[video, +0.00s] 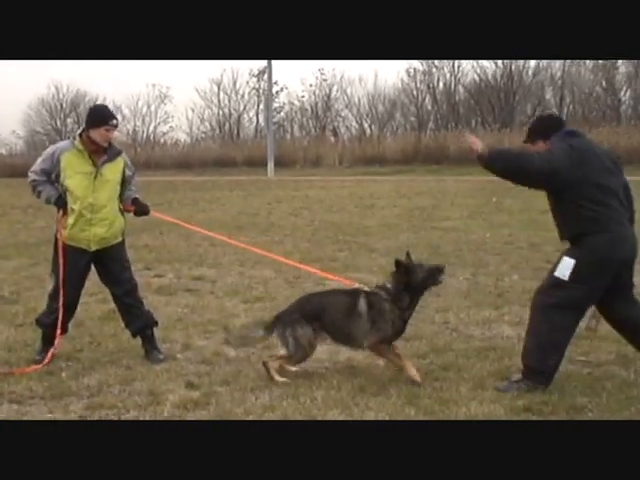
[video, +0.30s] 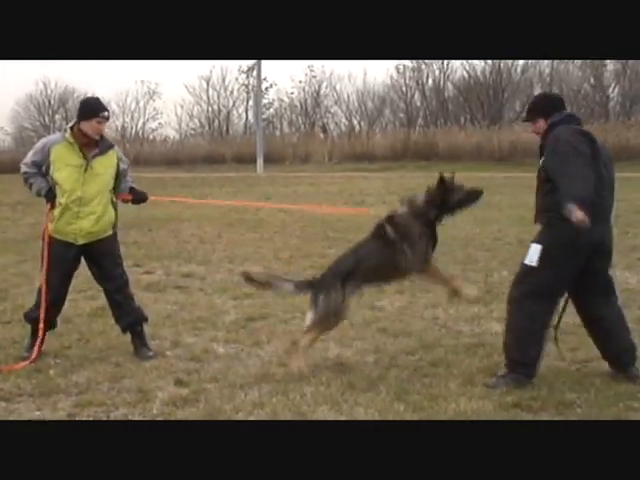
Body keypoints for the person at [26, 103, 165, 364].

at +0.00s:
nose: (111, 134)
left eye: (113, 129)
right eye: (107, 129)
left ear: (112, 130)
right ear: (90, 128)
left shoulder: (118, 157)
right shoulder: (61, 152)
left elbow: (128, 186)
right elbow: (37, 178)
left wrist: (132, 202)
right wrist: (56, 197)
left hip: (110, 238)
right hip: (73, 239)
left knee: (127, 291)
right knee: (65, 295)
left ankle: (149, 342)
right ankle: (48, 344)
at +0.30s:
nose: (103, 127)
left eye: (105, 122)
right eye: (99, 121)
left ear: (104, 123)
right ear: (82, 121)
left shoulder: (111, 151)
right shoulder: (52, 146)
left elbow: (121, 183)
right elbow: (29, 169)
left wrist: (130, 193)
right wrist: (45, 189)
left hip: (101, 233)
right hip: (63, 234)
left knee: (118, 286)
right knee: (52, 291)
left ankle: (139, 339)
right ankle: (35, 340)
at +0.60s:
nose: (90, 123)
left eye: (91, 118)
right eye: (85, 117)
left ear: (87, 119)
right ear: (68, 117)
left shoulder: (92, 147)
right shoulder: (39, 142)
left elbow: (98, 175)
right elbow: (11, 169)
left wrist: (102, 188)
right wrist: (35, 190)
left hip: (86, 232)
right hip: (52, 233)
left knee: (102, 285)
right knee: (40, 290)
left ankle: (124, 338)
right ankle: (19, 338)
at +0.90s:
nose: (80, 121)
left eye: (82, 116)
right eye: (76, 115)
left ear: (81, 118)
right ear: (58, 116)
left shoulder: (86, 146)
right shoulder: (29, 141)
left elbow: (94, 178)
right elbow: (4, 169)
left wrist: (99, 188)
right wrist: (26, 187)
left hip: (78, 231)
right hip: (41, 232)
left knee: (94, 283)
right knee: (31, 288)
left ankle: (116, 337)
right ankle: (10, 338)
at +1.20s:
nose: (78, 117)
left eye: (81, 112)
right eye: (74, 111)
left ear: (80, 114)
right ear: (57, 111)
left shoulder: (89, 143)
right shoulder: (27, 136)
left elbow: (98, 174)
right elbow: (6, 160)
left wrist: (104, 185)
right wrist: (20, 180)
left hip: (76, 225)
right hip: (37, 226)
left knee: (90, 279)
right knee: (25, 282)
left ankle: (110, 333)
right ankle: (6, 333)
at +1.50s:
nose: (66, 118)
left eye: (68, 113)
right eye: (61, 113)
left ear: (70, 115)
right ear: (44, 114)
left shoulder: (77, 147)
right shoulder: (15, 140)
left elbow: (87, 176)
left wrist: (91, 189)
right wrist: (12, 187)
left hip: (68, 229)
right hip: (29, 229)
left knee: (83, 282)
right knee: (21, 285)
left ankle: (106, 336)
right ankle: (5, 342)